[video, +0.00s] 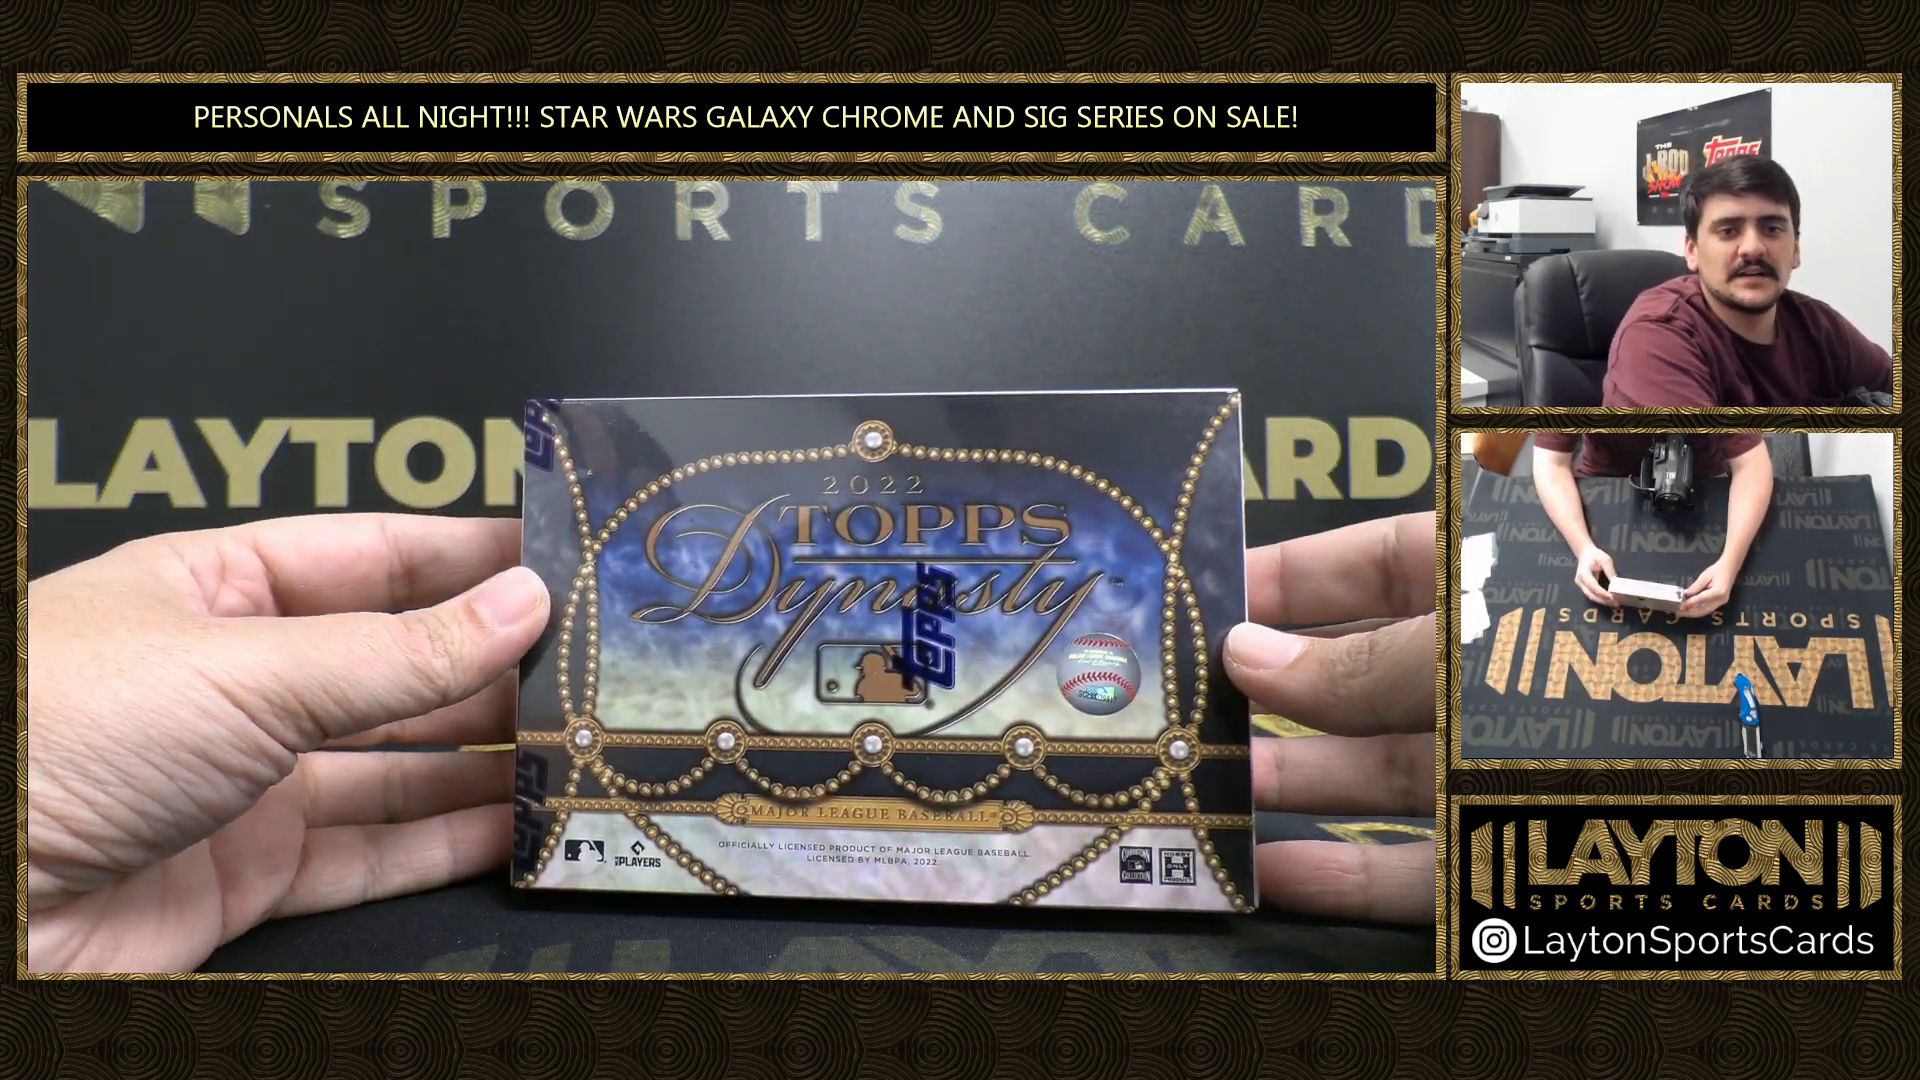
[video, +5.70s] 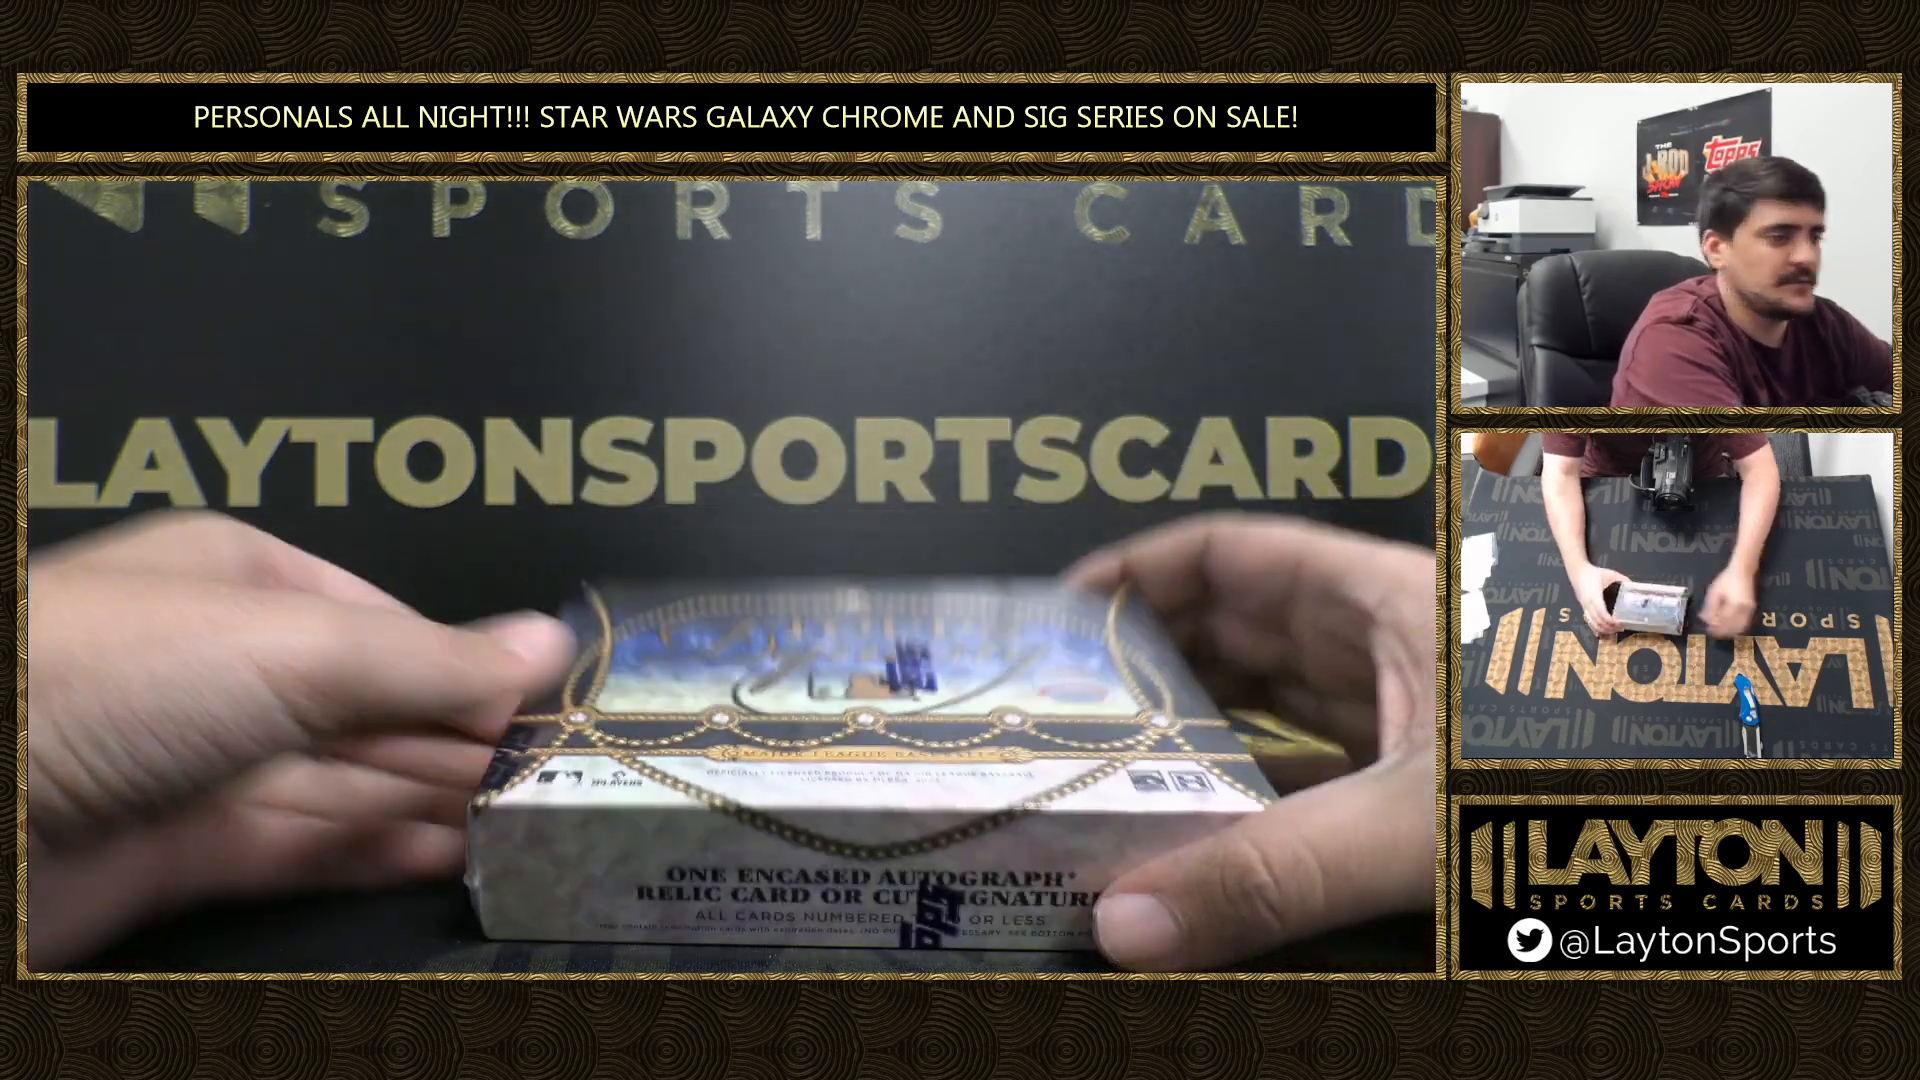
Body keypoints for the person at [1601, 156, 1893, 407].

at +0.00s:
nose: (1752, 247)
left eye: (1771, 229)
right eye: (1728, 230)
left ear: (1796, 250)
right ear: (1691, 251)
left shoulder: (1818, 328)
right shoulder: (1657, 333)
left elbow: (1897, 386)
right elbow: (1747, 462)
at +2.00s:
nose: (1737, 257)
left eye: (1761, 239)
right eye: (1718, 238)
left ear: (1795, 256)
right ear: (1691, 253)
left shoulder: (1817, 328)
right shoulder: (1655, 333)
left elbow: (1897, 389)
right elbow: (1746, 461)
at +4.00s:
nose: (1749, 249)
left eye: (1770, 232)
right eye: (1727, 232)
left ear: (1797, 255)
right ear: (1694, 251)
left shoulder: (1817, 329)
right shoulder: (1656, 333)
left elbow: (1897, 389)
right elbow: (1746, 461)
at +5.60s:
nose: (1786, 254)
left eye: (1800, 236)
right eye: (1762, 234)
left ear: (1812, 246)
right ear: (1708, 248)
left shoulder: (1823, 328)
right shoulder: (1669, 336)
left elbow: (1898, 387)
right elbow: (1752, 461)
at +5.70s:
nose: (1806, 257)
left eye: (1815, 237)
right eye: (1779, 237)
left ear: (1822, 239)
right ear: (1716, 250)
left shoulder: (1829, 328)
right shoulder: (1673, 339)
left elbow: (1901, 383)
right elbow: (1759, 467)